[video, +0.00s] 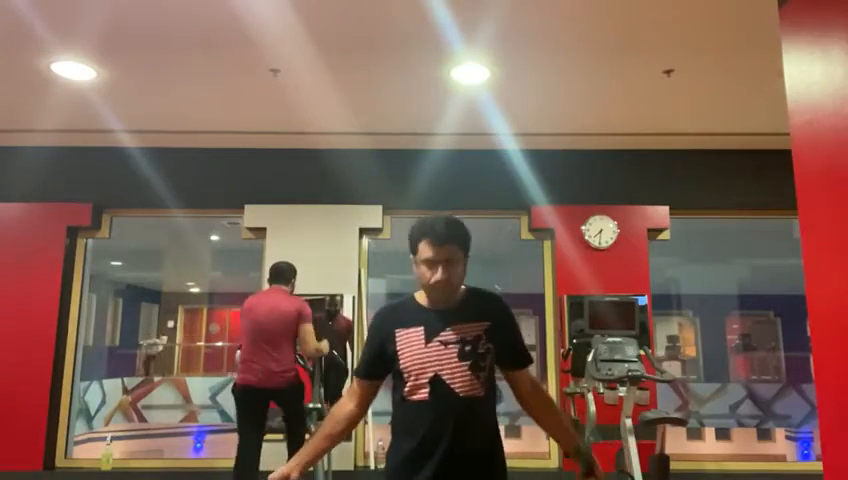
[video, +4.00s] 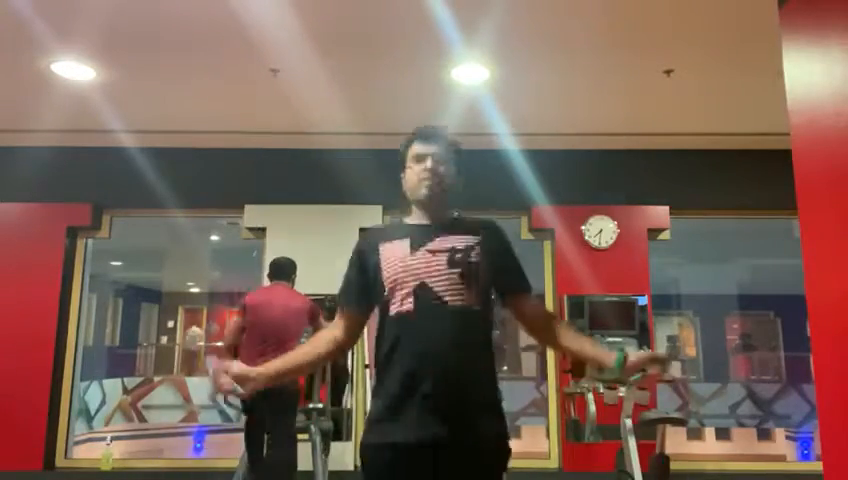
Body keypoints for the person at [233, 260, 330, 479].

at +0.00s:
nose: (294, 285)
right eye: (294, 282)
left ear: (269, 280)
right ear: (292, 282)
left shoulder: (249, 303)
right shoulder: (299, 306)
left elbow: (247, 342)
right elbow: (308, 350)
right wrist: (323, 347)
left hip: (249, 384)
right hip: (285, 383)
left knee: (248, 443)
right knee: (296, 429)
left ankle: (244, 476)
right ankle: (296, 473)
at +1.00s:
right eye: (294, 275)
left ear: (269, 274)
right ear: (293, 275)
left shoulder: (252, 297)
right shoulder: (302, 299)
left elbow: (239, 334)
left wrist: (231, 362)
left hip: (254, 377)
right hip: (289, 378)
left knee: (254, 438)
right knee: (290, 434)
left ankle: (248, 475)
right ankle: (291, 473)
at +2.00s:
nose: (294, 280)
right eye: (295, 276)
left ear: (270, 275)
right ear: (295, 277)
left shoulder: (251, 296)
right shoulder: (306, 302)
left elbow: (243, 330)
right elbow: (324, 340)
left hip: (254, 374)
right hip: (292, 375)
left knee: (255, 435)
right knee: (287, 440)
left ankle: (251, 476)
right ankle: (287, 476)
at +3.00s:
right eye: (293, 280)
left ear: (268, 280)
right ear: (293, 282)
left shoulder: (250, 302)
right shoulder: (305, 307)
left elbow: (236, 341)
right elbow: (320, 341)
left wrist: (228, 361)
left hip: (257, 378)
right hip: (292, 378)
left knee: (255, 430)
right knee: (286, 435)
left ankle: (255, 473)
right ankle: (283, 474)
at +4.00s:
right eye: (294, 277)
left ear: (268, 277)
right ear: (294, 278)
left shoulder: (251, 299)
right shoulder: (304, 303)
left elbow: (231, 339)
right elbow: (324, 336)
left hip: (253, 379)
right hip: (286, 380)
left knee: (254, 432)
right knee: (284, 437)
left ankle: (256, 473)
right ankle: (283, 475)